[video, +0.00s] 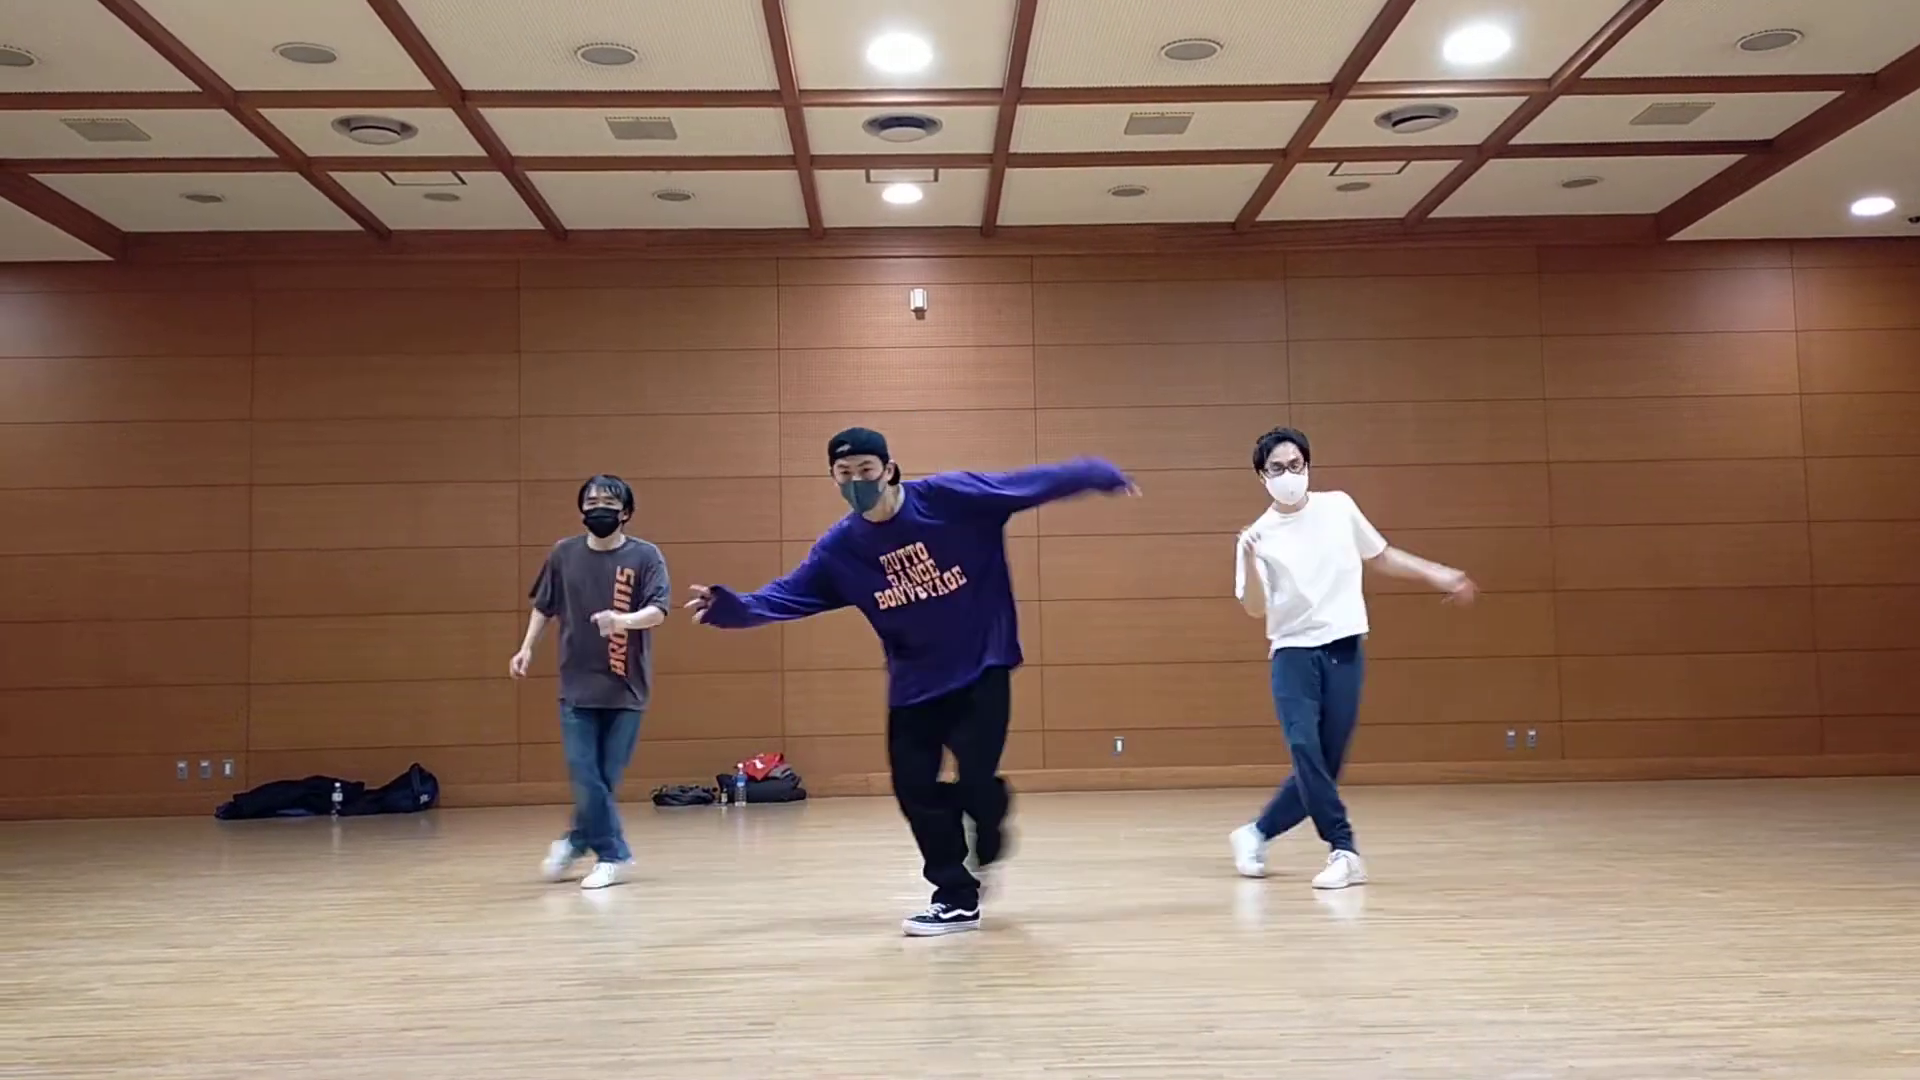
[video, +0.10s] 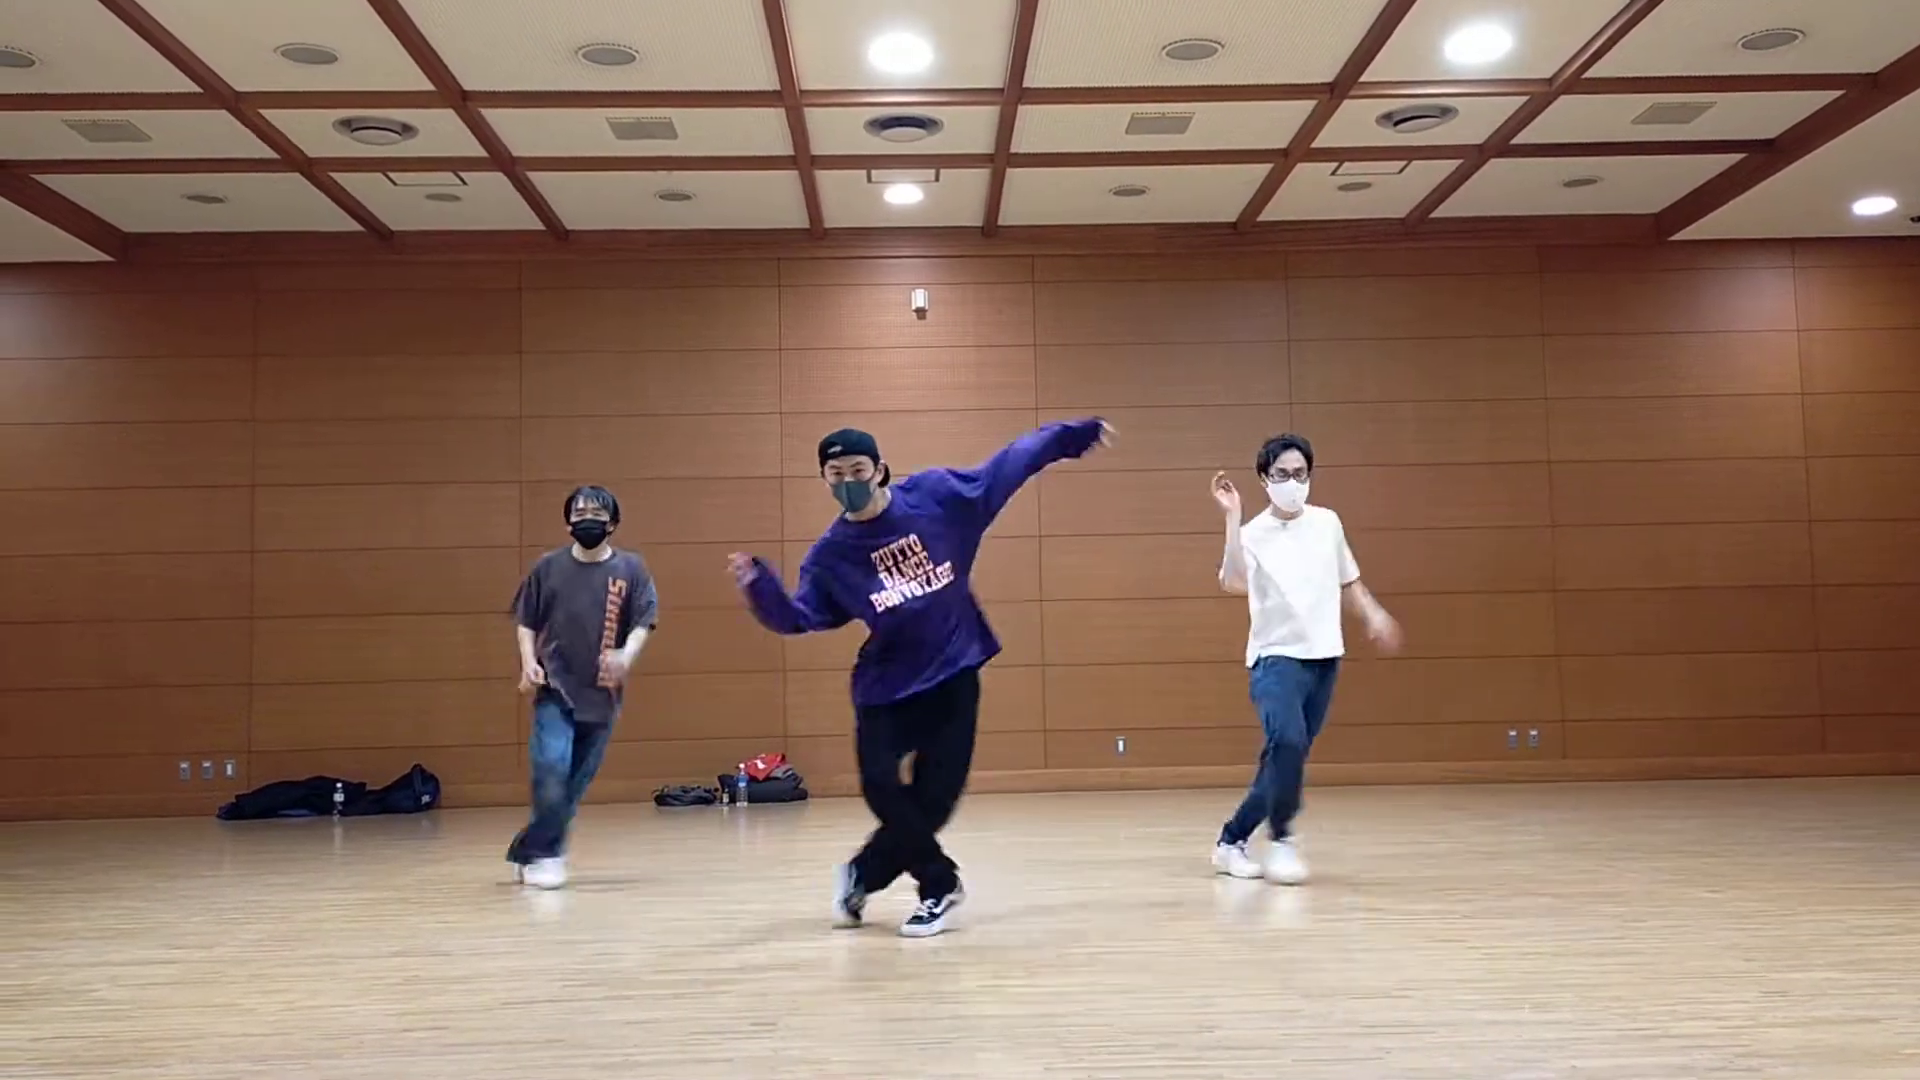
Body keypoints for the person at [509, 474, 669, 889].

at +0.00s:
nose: (600, 508)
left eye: (609, 501)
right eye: (593, 501)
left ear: (625, 511)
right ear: (582, 510)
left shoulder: (647, 556)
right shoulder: (563, 553)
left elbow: (657, 612)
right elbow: (544, 606)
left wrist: (621, 620)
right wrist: (527, 647)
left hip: (627, 688)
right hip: (578, 686)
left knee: (607, 775)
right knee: (582, 771)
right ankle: (612, 855)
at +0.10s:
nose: (589, 521)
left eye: (597, 515)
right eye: (581, 515)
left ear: (612, 522)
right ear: (569, 521)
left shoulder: (631, 569)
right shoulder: (549, 567)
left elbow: (644, 621)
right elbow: (526, 618)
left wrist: (624, 658)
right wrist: (528, 660)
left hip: (601, 689)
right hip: (555, 684)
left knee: (577, 779)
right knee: (551, 764)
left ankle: (532, 850)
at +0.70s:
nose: (616, 543)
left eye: (623, 537)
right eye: (607, 537)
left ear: (632, 545)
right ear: (589, 544)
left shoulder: (614, 580)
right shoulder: (573, 590)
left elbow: (600, 607)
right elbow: (565, 658)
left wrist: (621, 609)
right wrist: (616, 681)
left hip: (588, 700)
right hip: (547, 705)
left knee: (620, 768)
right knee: (513, 782)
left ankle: (628, 863)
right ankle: (449, 864)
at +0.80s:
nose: (627, 527)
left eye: (634, 521)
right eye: (618, 521)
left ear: (645, 528)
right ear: (603, 529)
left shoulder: (646, 562)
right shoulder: (583, 576)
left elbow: (651, 589)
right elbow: (569, 639)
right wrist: (605, 669)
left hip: (626, 696)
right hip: (579, 699)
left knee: (643, 771)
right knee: (544, 779)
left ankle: (632, 864)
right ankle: (492, 853)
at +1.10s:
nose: (659, 523)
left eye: (667, 516)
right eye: (651, 517)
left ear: (681, 523)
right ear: (639, 526)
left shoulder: (700, 569)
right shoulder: (620, 569)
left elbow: (725, 621)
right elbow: (603, 619)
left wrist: (746, 655)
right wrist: (612, 647)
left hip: (692, 691)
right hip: (646, 696)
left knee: (691, 764)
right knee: (681, 780)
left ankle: (689, 854)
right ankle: (733, 847)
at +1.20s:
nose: (670, 531)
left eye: (678, 524)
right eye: (662, 525)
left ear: (692, 531)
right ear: (651, 534)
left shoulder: (712, 579)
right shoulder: (631, 580)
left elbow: (729, 637)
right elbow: (618, 633)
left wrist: (733, 678)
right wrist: (624, 674)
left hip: (704, 698)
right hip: (659, 703)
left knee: (702, 773)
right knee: (685, 787)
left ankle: (745, 850)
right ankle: (733, 850)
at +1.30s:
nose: (677, 522)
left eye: (685, 516)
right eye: (669, 517)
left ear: (700, 526)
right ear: (657, 527)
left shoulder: (717, 573)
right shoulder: (636, 572)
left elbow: (730, 634)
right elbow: (620, 631)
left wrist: (715, 677)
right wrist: (618, 683)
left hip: (706, 699)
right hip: (659, 701)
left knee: (718, 774)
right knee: (657, 783)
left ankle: (749, 858)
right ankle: (713, 838)